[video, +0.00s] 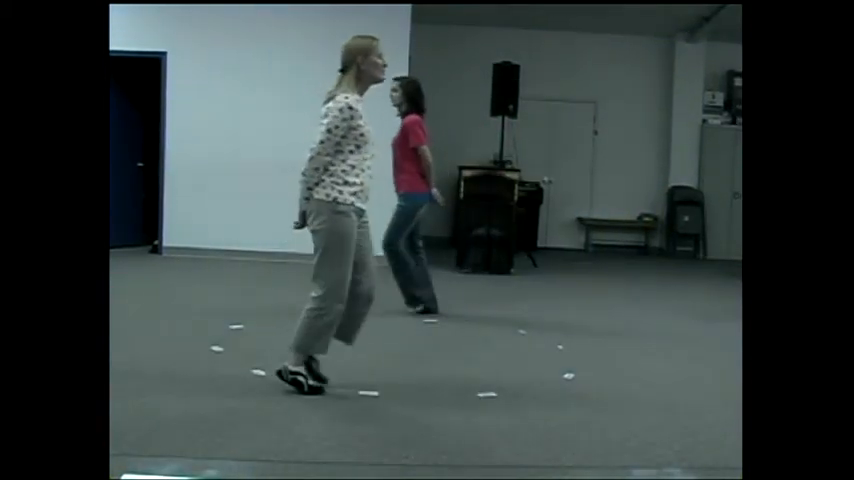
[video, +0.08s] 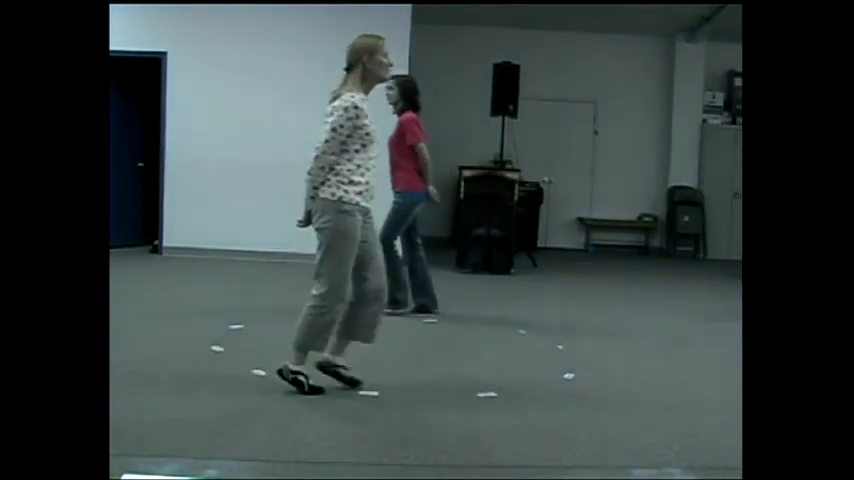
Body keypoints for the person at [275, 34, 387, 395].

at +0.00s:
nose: (384, 64)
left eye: (383, 58)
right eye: (378, 58)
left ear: (360, 64)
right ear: (359, 63)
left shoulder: (355, 105)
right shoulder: (342, 106)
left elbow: (329, 158)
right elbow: (317, 158)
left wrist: (309, 204)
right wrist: (304, 205)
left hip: (352, 207)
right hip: (333, 205)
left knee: (362, 288)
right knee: (330, 289)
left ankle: (311, 355)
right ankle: (295, 363)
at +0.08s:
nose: (390, 63)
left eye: (388, 57)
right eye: (383, 57)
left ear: (365, 63)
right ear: (364, 62)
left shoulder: (359, 105)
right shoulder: (348, 105)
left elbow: (334, 158)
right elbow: (323, 156)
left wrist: (315, 204)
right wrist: (310, 204)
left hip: (358, 207)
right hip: (339, 205)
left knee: (372, 285)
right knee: (331, 288)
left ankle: (334, 357)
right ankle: (296, 364)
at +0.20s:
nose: (403, 69)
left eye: (402, 63)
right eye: (398, 63)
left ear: (379, 67)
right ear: (380, 66)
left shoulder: (377, 109)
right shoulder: (365, 109)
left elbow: (351, 161)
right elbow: (338, 159)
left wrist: (327, 207)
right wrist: (324, 207)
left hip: (371, 211)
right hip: (354, 209)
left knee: (378, 291)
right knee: (335, 288)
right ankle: (296, 364)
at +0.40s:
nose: (431, 71)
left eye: (429, 65)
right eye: (427, 66)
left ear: (407, 69)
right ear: (412, 69)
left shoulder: (399, 112)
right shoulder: (395, 113)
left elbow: (377, 165)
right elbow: (372, 164)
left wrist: (358, 211)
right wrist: (358, 210)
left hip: (396, 214)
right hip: (387, 213)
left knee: (404, 296)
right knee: (382, 293)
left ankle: (398, 376)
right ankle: (319, 357)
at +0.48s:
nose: (440, 74)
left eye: (439, 68)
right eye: (436, 68)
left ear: (414, 72)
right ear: (421, 71)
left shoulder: (407, 113)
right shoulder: (405, 115)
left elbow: (387, 170)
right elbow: (381, 171)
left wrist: (367, 216)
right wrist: (366, 216)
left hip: (399, 214)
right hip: (398, 214)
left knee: (409, 295)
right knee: (408, 296)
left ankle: (400, 375)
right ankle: (338, 351)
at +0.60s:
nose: (455, 80)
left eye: (454, 74)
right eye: (452, 73)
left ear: (429, 76)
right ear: (439, 76)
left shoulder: (412, 117)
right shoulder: (426, 118)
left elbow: (397, 169)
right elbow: (399, 167)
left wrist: (386, 216)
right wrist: (385, 213)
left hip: (407, 215)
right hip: (422, 215)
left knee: (419, 292)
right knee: (449, 290)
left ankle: (401, 372)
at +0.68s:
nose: (461, 83)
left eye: (461, 76)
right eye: (459, 76)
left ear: (433, 76)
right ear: (447, 77)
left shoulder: (417, 118)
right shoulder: (437, 118)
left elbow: (406, 167)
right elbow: (417, 168)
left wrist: (397, 213)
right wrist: (400, 212)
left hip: (413, 215)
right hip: (434, 214)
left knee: (421, 291)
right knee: (462, 285)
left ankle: (402, 373)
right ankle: (434, 369)